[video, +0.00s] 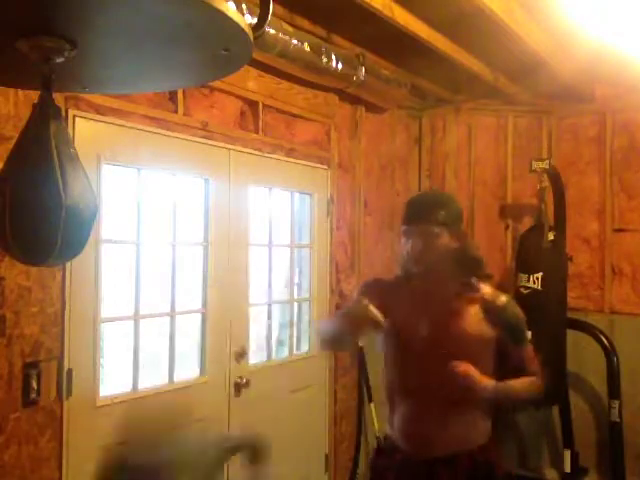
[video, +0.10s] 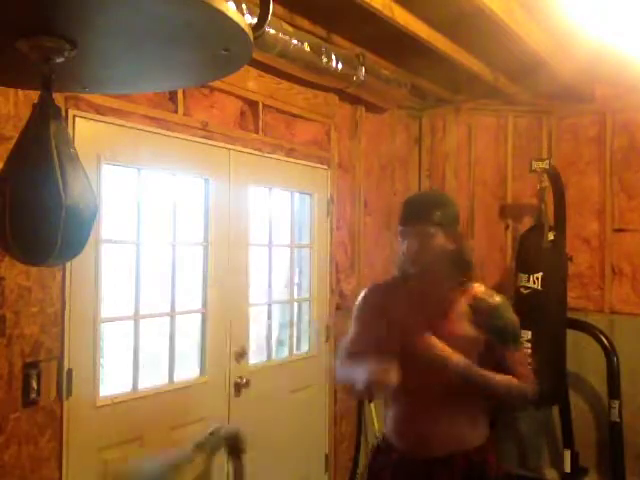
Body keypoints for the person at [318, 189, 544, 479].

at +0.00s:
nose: (415, 248)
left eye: (429, 236)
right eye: (408, 236)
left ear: (455, 240)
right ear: (401, 239)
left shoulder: (494, 306)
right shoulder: (384, 296)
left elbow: (534, 383)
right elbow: (328, 339)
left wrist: (488, 387)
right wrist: (349, 325)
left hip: (469, 461)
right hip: (401, 461)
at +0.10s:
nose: (411, 249)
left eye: (425, 236)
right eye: (405, 237)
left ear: (452, 240)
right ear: (398, 240)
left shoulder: (487, 307)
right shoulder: (378, 300)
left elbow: (525, 389)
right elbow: (345, 366)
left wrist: (457, 365)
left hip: (466, 462)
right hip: (397, 461)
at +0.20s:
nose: (400, 246)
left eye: (413, 235)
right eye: (394, 236)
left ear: (441, 238)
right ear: (388, 240)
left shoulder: (473, 298)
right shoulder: (382, 301)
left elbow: (475, 367)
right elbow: (366, 366)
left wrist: (385, 327)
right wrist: (370, 412)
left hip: (462, 463)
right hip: (398, 460)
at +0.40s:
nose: (388, 250)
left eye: (397, 238)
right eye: (388, 240)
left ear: (430, 240)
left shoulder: (459, 289)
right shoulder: (401, 306)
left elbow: (414, 334)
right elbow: (423, 379)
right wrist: (381, 406)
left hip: (469, 461)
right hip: (414, 456)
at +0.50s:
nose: (401, 250)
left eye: (415, 238)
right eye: (395, 239)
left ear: (443, 242)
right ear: (388, 244)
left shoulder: (471, 296)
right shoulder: (396, 308)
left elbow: (485, 383)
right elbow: (410, 378)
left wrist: (398, 391)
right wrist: (378, 384)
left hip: (472, 464)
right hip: (413, 460)